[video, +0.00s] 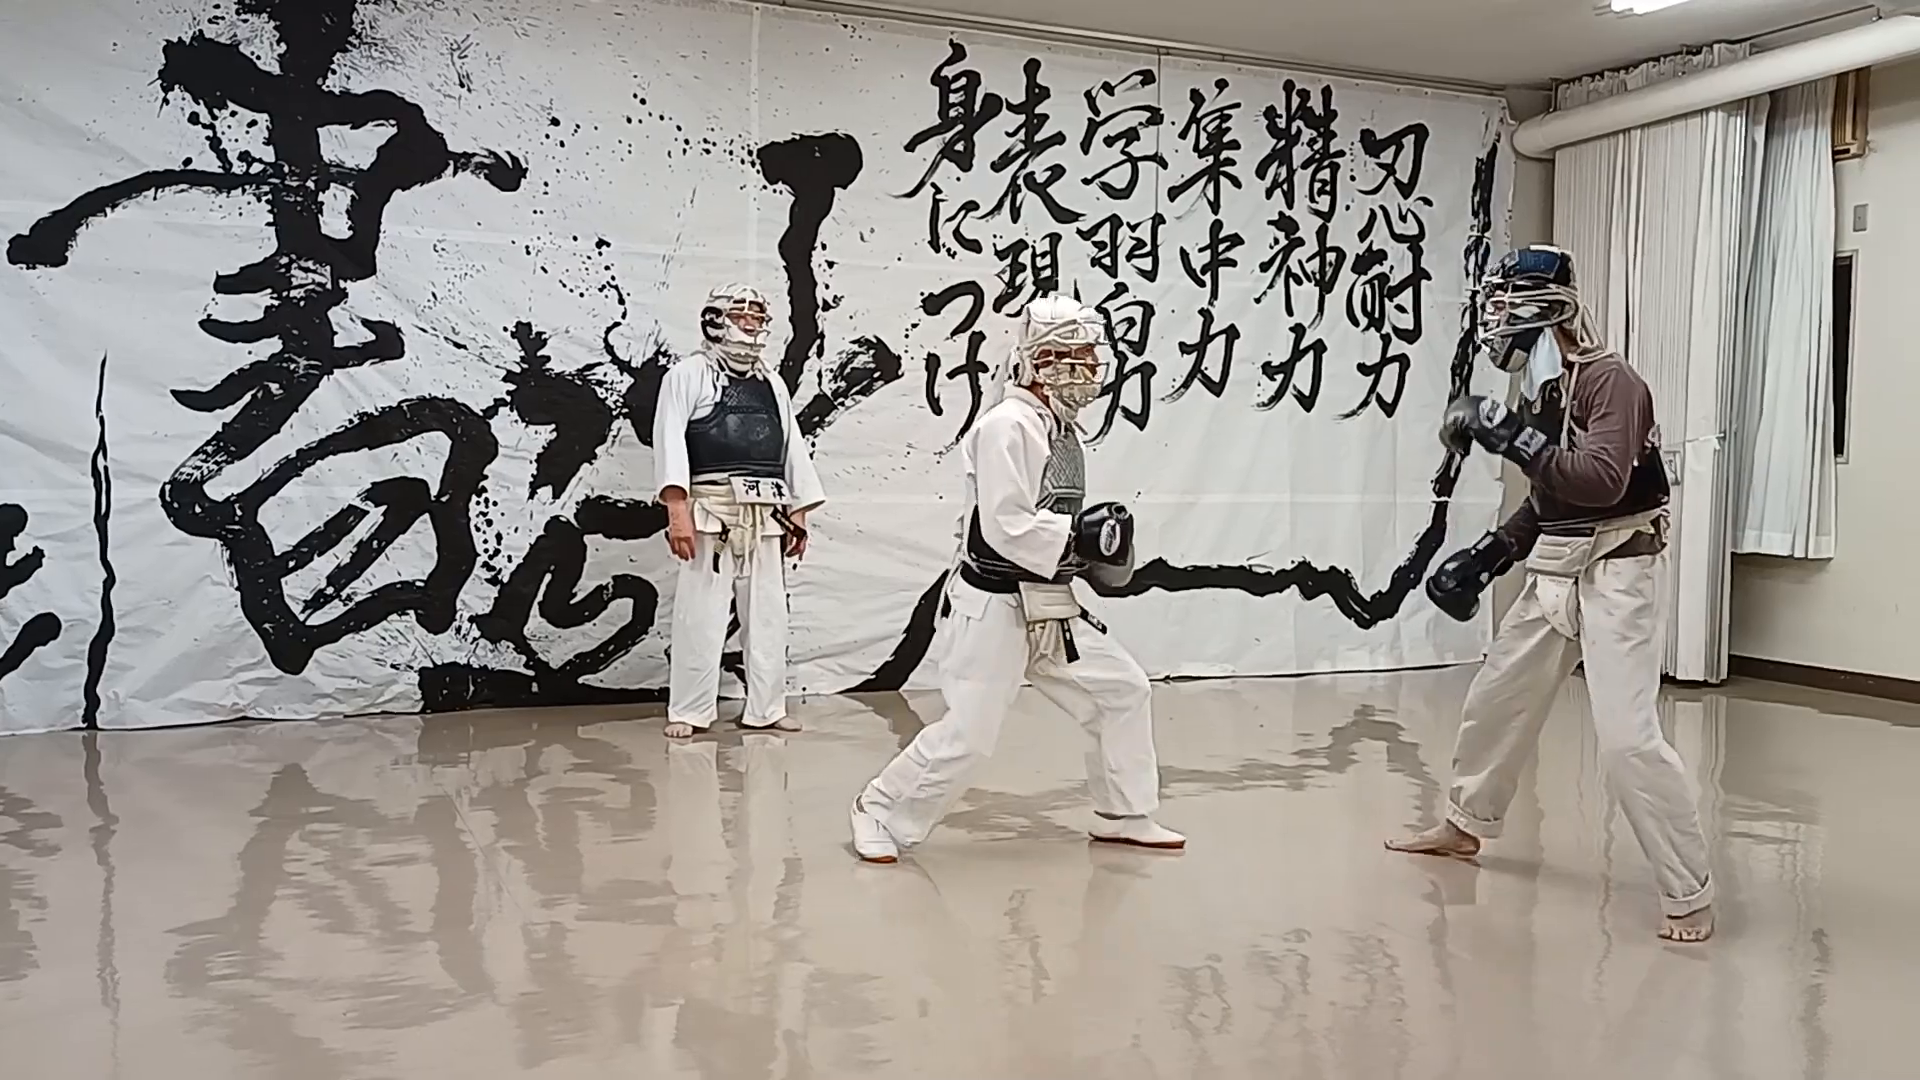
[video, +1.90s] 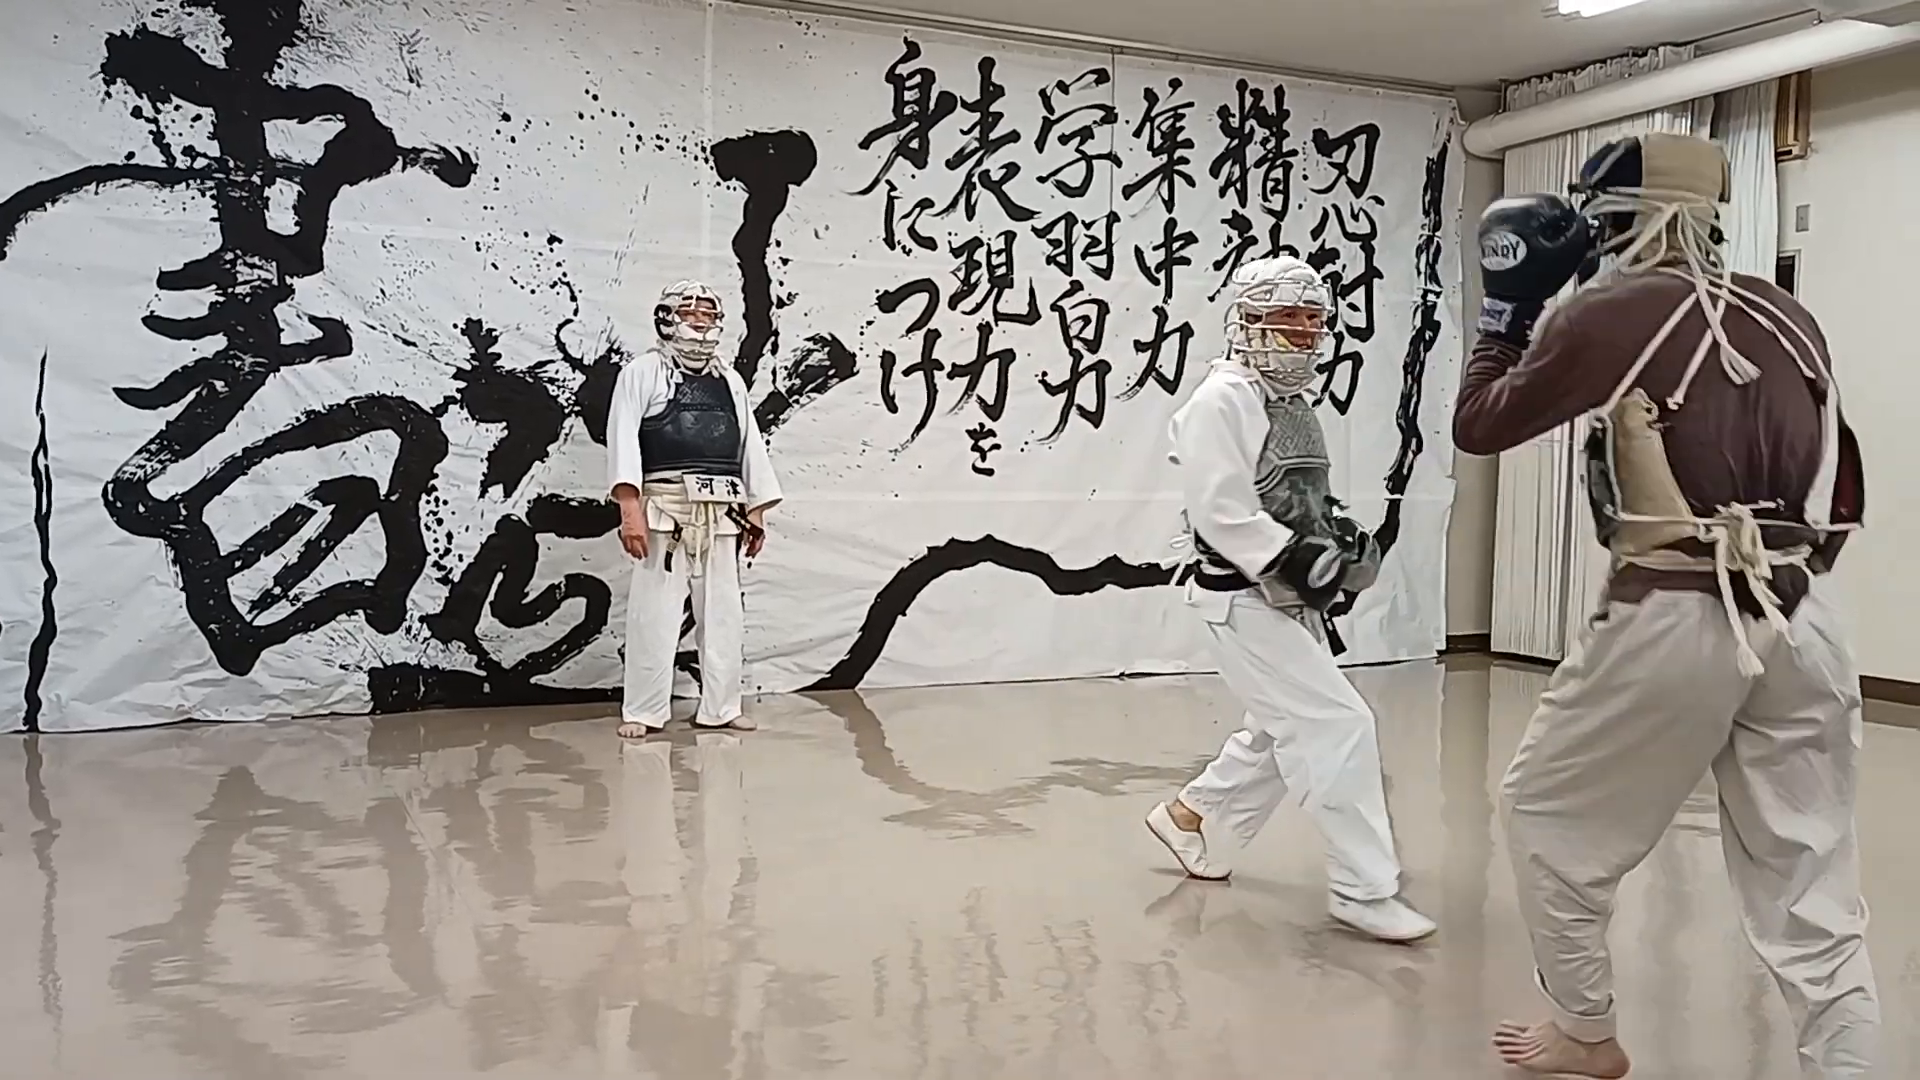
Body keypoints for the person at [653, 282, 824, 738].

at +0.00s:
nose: (752, 325)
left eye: (758, 319)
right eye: (742, 317)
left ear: (763, 326)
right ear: (717, 320)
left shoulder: (772, 381)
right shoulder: (687, 374)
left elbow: (791, 448)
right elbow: (669, 443)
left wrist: (798, 512)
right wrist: (677, 511)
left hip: (766, 511)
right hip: (706, 510)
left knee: (768, 615)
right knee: (699, 616)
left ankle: (765, 710)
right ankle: (689, 715)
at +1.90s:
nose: (700, 321)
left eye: (708, 315)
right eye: (690, 313)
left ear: (716, 323)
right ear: (669, 318)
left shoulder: (729, 378)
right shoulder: (643, 370)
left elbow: (750, 446)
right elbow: (623, 440)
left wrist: (756, 511)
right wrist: (630, 509)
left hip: (722, 510)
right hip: (660, 509)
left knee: (724, 615)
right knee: (653, 616)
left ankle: (720, 709)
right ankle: (644, 714)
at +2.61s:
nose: (632, 317)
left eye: (640, 311)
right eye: (622, 309)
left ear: (650, 320)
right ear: (601, 315)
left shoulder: (664, 378)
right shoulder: (574, 370)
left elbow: (684, 447)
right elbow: (552, 440)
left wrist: (688, 513)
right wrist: (557, 507)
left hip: (654, 511)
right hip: (590, 510)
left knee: (655, 618)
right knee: (583, 619)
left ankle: (651, 712)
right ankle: (572, 717)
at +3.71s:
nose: (624, 311)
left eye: (631, 305)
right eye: (613, 304)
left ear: (639, 316)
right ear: (590, 314)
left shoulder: (645, 368)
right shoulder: (566, 369)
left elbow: (667, 440)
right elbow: (542, 440)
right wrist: (549, 508)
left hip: (639, 512)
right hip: (580, 511)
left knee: (636, 631)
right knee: (574, 632)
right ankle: (563, 738)